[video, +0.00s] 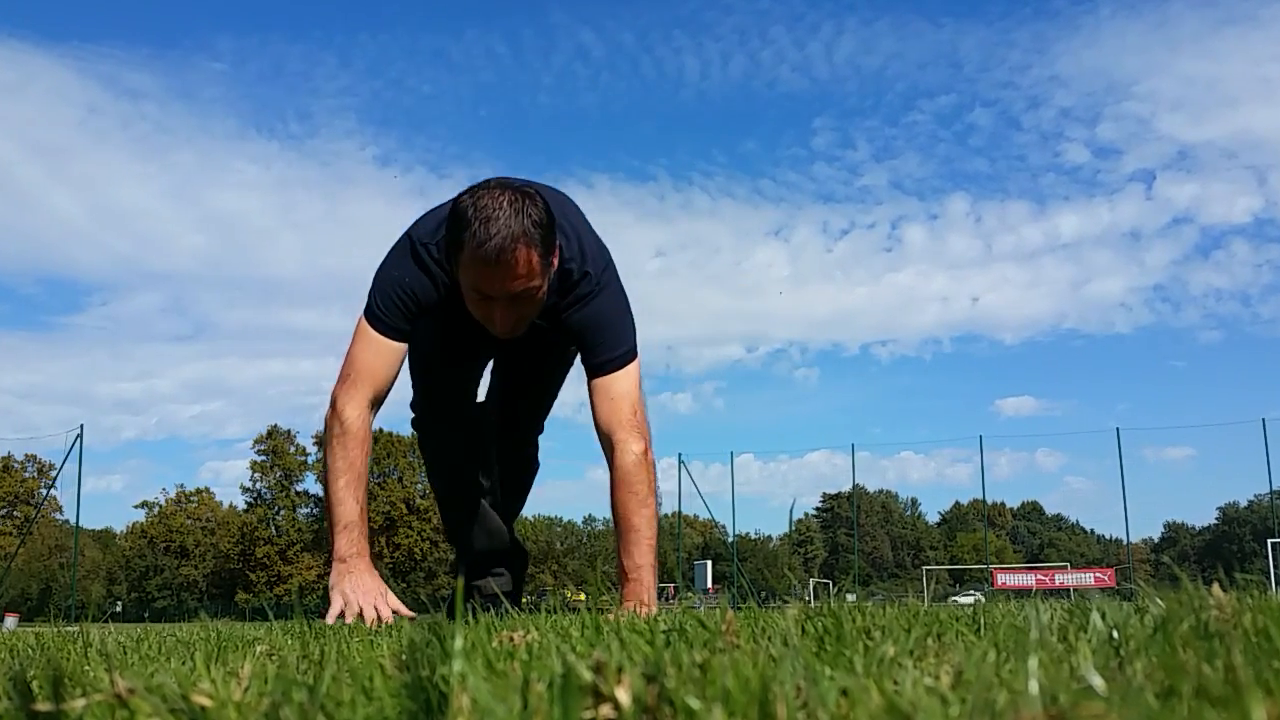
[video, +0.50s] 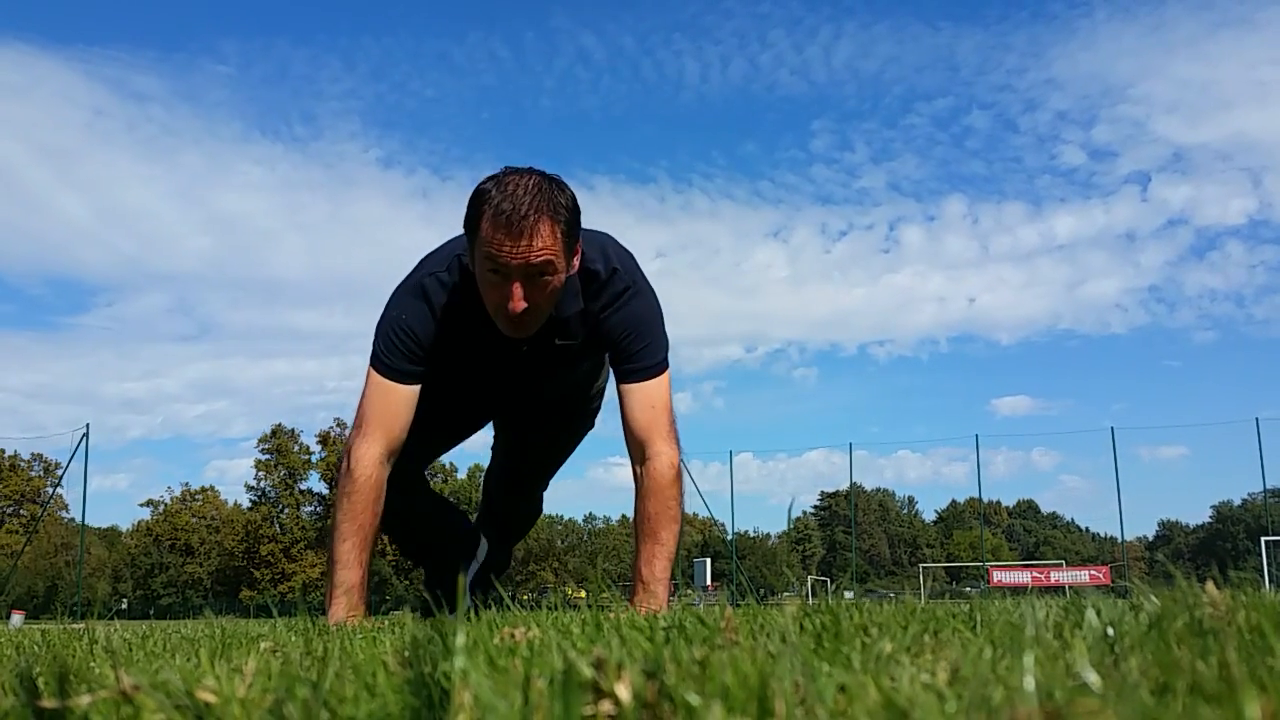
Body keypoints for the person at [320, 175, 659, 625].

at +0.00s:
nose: (502, 317)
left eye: (521, 297)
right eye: (484, 298)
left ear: (552, 265)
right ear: (457, 268)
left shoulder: (588, 279)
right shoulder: (414, 266)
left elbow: (629, 442)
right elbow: (350, 406)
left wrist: (639, 602)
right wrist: (350, 562)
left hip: (550, 320)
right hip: (451, 312)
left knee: (515, 432)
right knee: (440, 426)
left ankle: (476, 578)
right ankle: (494, 579)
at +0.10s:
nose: (511, 345)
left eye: (529, 325)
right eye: (492, 326)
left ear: (561, 291)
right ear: (465, 296)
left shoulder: (604, 295)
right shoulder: (422, 293)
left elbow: (644, 454)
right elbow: (363, 437)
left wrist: (647, 606)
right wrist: (351, 601)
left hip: (561, 339)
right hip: (460, 333)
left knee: (511, 452)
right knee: (427, 429)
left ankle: (472, 585)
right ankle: (491, 576)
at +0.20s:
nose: (519, 335)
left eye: (539, 311)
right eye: (500, 311)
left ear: (570, 283)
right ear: (471, 285)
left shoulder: (615, 295)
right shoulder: (422, 301)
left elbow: (649, 456)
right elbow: (364, 448)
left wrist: (648, 609)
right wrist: (347, 611)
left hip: (557, 363)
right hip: (462, 356)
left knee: (514, 478)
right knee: (422, 438)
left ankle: (476, 591)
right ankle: (494, 575)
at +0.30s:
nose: (521, 308)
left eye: (543, 286)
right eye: (503, 284)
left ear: (574, 267)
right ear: (476, 259)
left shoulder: (617, 290)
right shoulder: (424, 298)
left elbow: (650, 453)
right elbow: (369, 448)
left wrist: (648, 608)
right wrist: (347, 614)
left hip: (558, 369)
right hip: (465, 364)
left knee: (517, 484)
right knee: (415, 446)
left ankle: (476, 597)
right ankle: (497, 585)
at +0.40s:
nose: (519, 300)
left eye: (541, 277)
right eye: (500, 274)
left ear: (575, 261)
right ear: (476, 253)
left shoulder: (620, 292)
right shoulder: (427, 298)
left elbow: (652, 451)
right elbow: (372, 446)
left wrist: (648, 608)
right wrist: (348, 614)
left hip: (561, 374)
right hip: (469, 367)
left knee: (517, 488)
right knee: (379, 437)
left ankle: (480, 593)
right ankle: (477, 580)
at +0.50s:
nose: (516, 300)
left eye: (538, 275)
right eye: (496, 274)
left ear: (572, 260)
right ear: (471, 254)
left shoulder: (618, 289)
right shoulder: (423, 300)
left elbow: (656, 453)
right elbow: (368, 453)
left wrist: (649, 610)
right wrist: (344, 616)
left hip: (559, 382)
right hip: (465, 375)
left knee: (514, 494)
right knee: (381, 474)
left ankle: (476, 586)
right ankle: (457, 560)